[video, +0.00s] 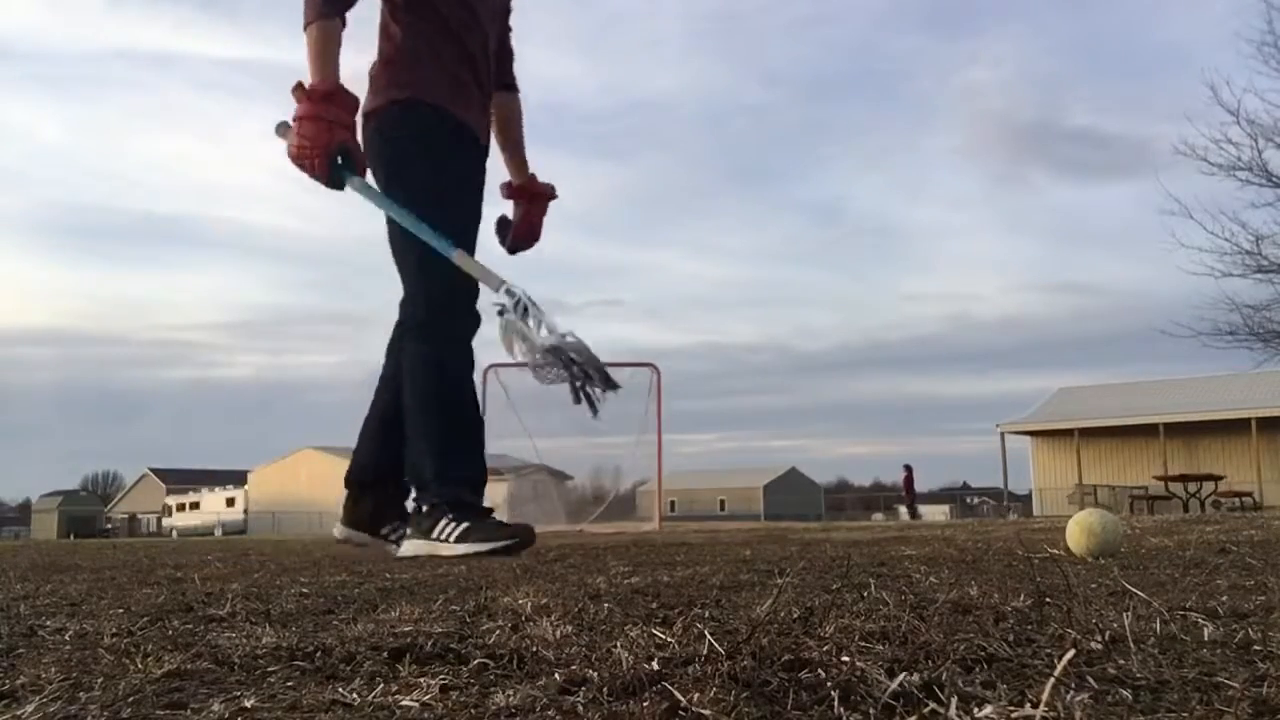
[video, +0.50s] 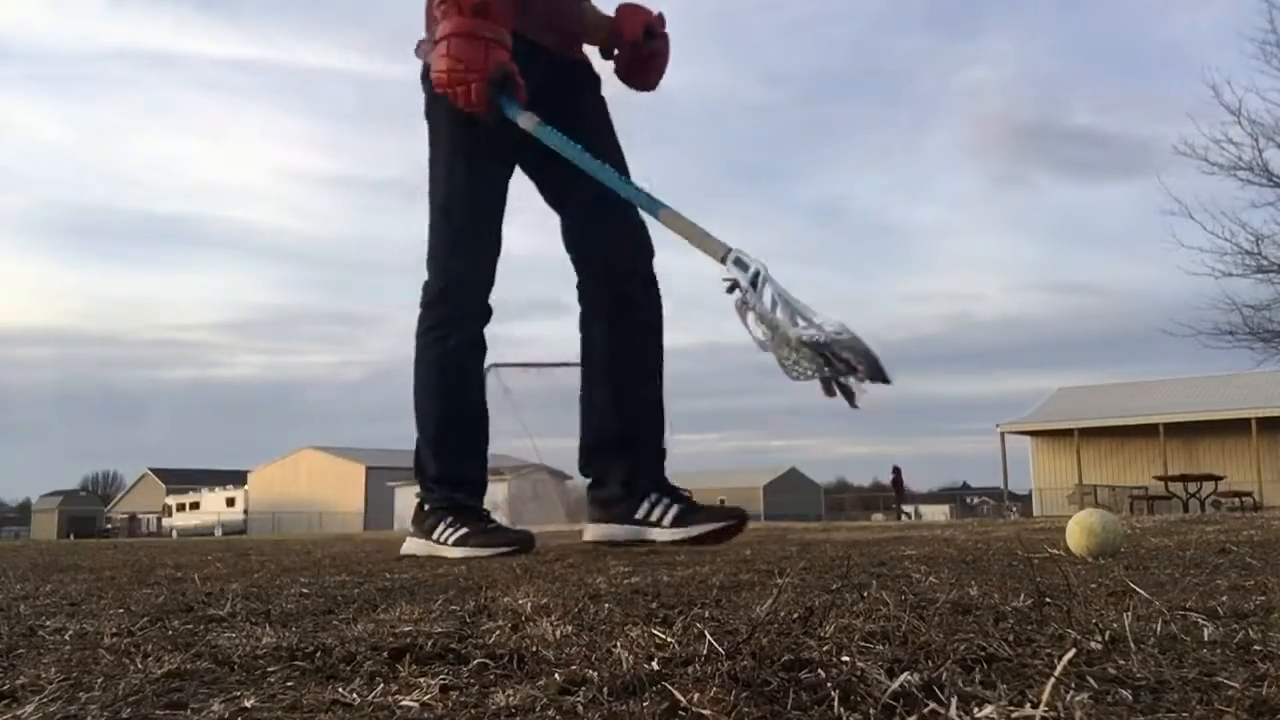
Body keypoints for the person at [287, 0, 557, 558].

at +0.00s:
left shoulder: (495, 10)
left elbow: (500, 76)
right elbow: (326, 4)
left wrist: (521, 178)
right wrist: (323, 97)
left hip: (461, 128)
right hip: (410, 111)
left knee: (433, 308)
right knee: (443, 304)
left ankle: (372, 501)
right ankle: (443, 507)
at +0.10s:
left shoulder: (509, 10)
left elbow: (514, 59)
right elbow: (346, 4)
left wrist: (534, 158)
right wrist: (341, 87)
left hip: (482, 115)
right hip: (426, 92)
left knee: (474, 313)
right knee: (458, 304)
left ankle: (388, 482)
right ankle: (445, 508)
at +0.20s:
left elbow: (524, 40)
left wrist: (554, 133)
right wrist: (379, 63)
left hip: (502, 95)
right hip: (437, 75)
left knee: (527, 305)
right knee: (457, 290)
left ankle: (416, 456)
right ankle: (441, 508)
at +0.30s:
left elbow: (529, 18)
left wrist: (572, 93)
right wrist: (422, 37)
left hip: (524, 78)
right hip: (449, 53)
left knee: (570, 282)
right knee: (453, 287)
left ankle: (471, 474)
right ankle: (440, 502)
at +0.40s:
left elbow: (539, 10)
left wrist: (585, 45)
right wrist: (460, 22)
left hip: (540, 58)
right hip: (457, 38)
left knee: (600, 264)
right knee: (453, 286)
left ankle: (538, 484)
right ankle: (442, 505)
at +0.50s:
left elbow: (551, 13)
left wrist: (612, 30)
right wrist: (465, 21)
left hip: (561, 63)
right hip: (474, 45)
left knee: (621, 264)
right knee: (459, 286)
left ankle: (626, 491)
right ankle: (445, 504)